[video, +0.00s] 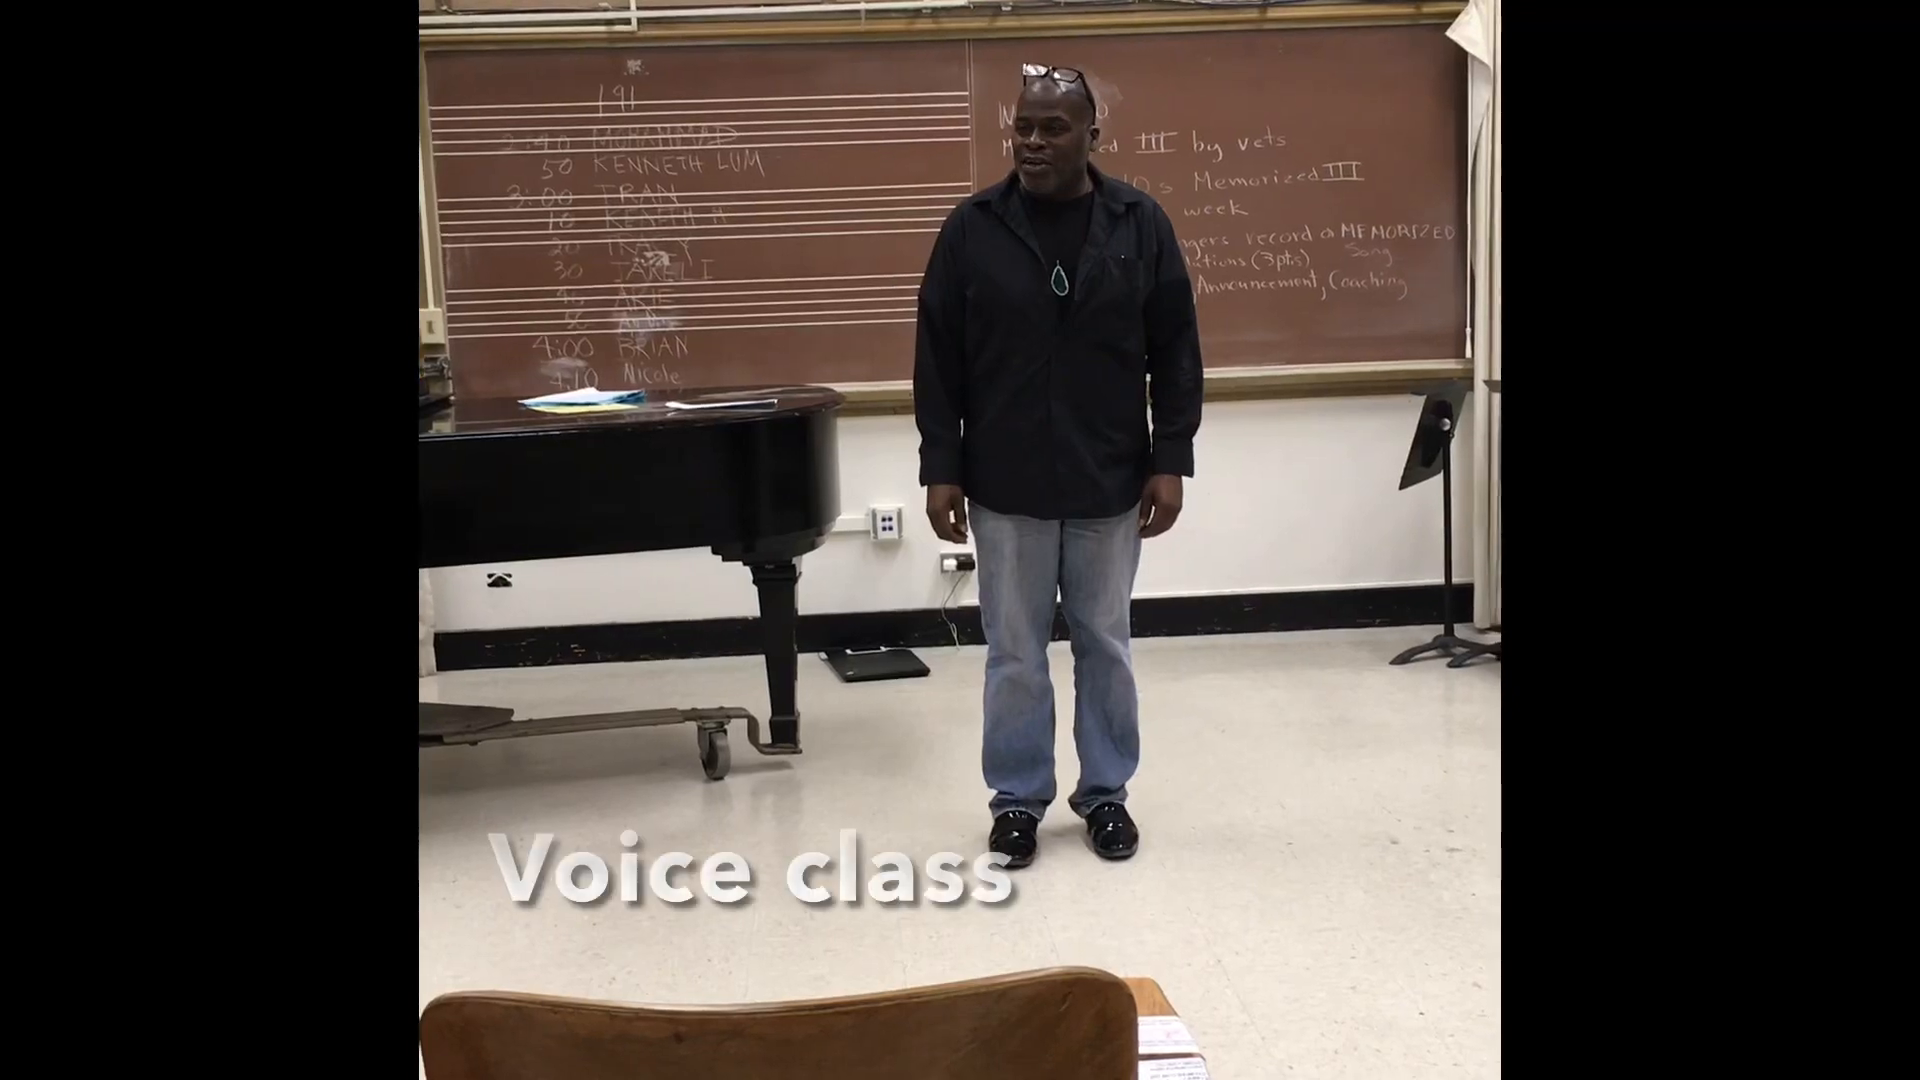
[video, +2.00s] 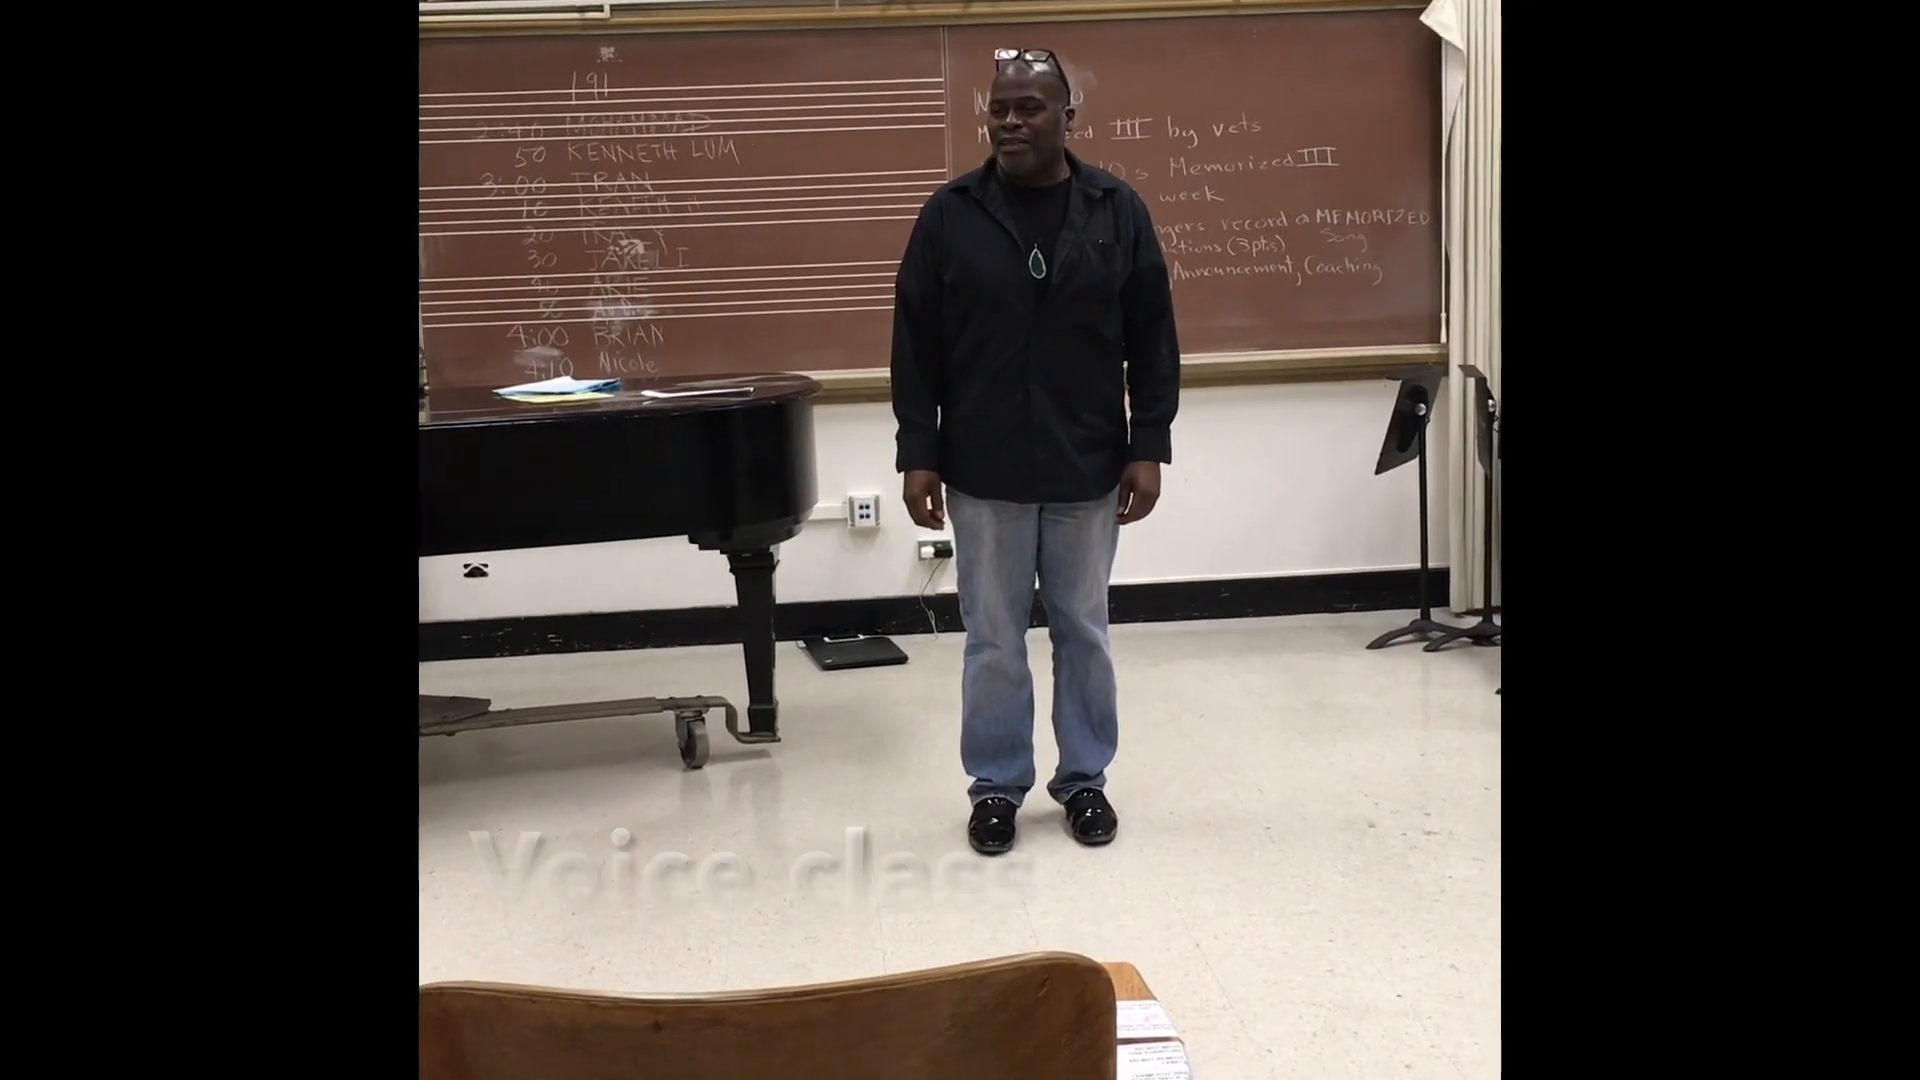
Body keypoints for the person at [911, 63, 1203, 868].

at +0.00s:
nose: (1033, 142)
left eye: (1051, 130)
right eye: (1023, 128)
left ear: (1092, 135)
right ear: (1010, 131)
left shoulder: (1139, 224)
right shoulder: (970, 229)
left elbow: (1176, 352)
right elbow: (938, 357)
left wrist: (1170, 463)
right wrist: (940, 470)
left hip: (1108, 474)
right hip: (1004, 476)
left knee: (1105, 644)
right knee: (1014, 651)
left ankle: (1106, 793)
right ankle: (1016, 800)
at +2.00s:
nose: (1009, 123)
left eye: (1027, 109)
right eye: (998, 109)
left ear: (1067, 117)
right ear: (985, 116)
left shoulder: (1116, 210)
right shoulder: (949, 214)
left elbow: (1153, 337)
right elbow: (915, 342)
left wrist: (1148, 448)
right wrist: (918, 455)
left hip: (1087, 459)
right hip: (983, 462)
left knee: (1083, 630)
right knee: (993, 637)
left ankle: (1084, 780)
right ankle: (994, 785)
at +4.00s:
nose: (999, 116)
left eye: (1017, 101)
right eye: (995, 102)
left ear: (1069, 112)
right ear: (991, 111)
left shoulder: (1136, 200)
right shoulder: (968, 210)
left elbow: (1174, 330)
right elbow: (939, 337)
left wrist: (1165, 445)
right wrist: (939, 451)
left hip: (1109, 454)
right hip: (1005, 457)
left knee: (1110, 625)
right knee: (1019, 631)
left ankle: (1114, 772)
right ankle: (1023, 780)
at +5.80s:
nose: (1057, 110)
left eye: (1073, 97)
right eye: (1039, 98)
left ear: (1098, 110)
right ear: (1015, 113)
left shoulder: (1143, 207)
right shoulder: (974, 216)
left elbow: (1181, 334)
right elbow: (943, 344)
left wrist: (1177, 446)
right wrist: (951, 460)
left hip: (1119, 458)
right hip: (1016, 462)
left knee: (1118, 629)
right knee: (1027, 635)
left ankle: (1120, 777)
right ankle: (1031, 785)